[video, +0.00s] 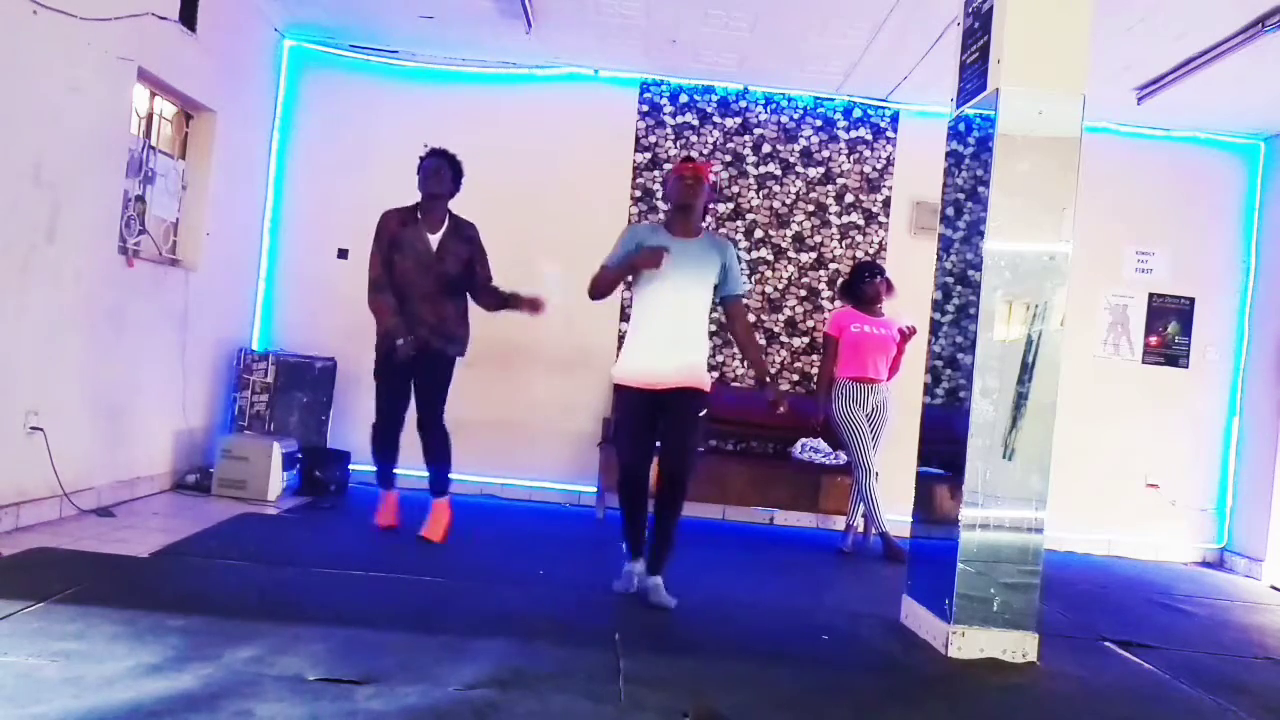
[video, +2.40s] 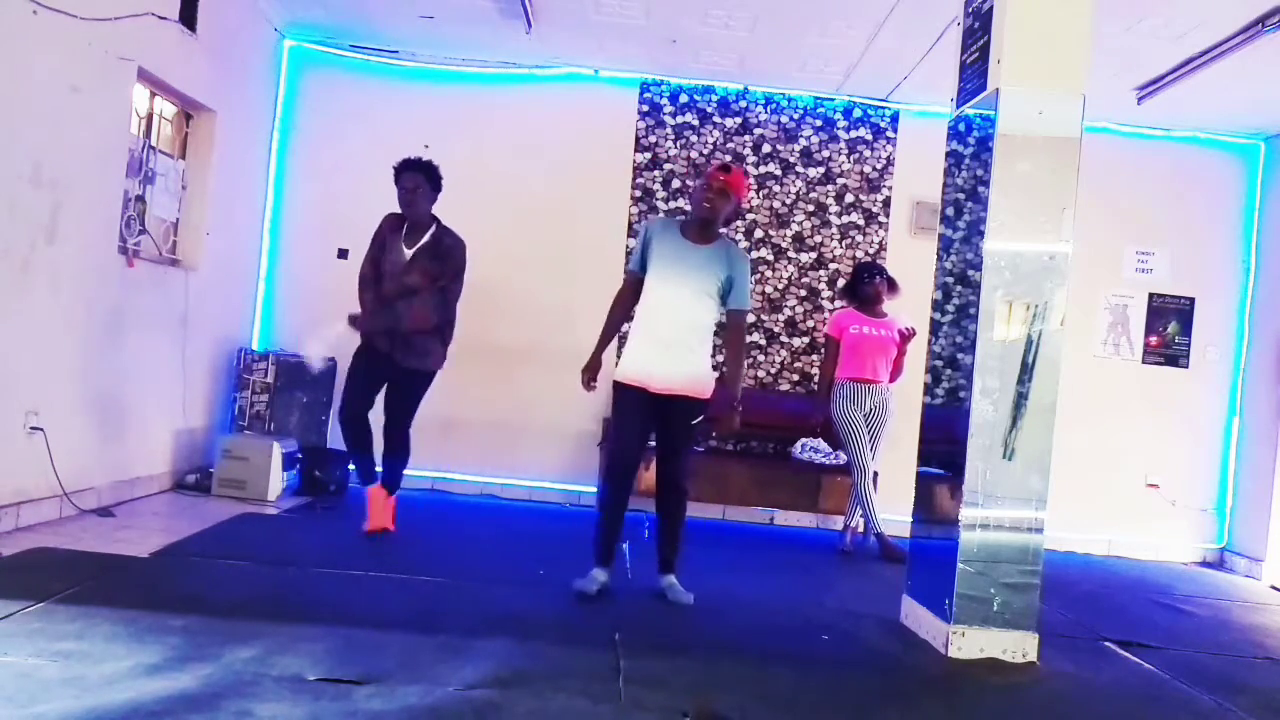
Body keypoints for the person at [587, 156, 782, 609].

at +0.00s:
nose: (686, 187)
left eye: (695, 182)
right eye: (679, 180)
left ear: (708, 195)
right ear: (665, 189)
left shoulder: (721, 250)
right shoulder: (638, 236)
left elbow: (738, 320)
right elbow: (596, 290)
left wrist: (767, 380)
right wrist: (631, 263)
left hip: (688, 379)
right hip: (635, 375)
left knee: (675, 478)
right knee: (632, 471)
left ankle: (655, 574)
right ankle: (634, 558)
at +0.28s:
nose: (689, 198)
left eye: (698, 192)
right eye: (683, 189)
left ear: (710, 200)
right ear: (669, 193)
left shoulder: (720, 258)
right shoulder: (638, 241)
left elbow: (720, 326)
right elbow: (612, 308)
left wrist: (720, 387)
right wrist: (630, 328)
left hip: (688, 386)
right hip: (632, 384)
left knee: (692, 479)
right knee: (620, 475)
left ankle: (669, 568)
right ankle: (611, 565)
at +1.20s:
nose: (644, 187)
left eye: (653, 180)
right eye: (638, 179)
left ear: (669, 188)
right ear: (627, 187)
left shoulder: (692, 241)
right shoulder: (608, 245)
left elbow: (700, 314)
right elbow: (601, 315)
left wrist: (687, 376)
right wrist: (594, 379)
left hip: (665, 388)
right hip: (613, 385)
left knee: (676, 486)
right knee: (601, 480)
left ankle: (690, 578)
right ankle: (578, 571)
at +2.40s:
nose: (707, 196)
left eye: (718, 193)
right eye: (705, 187)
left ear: (734, 209)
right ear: (695, 191)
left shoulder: (734, 261)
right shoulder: (656, 233)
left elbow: (736, 331)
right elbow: (628, 293)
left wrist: (731, 396)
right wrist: (598, 352)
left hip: (688, 387)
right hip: (635, 377)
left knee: (674, 483)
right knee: (618, 474)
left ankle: (668, 574)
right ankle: (601, 567)